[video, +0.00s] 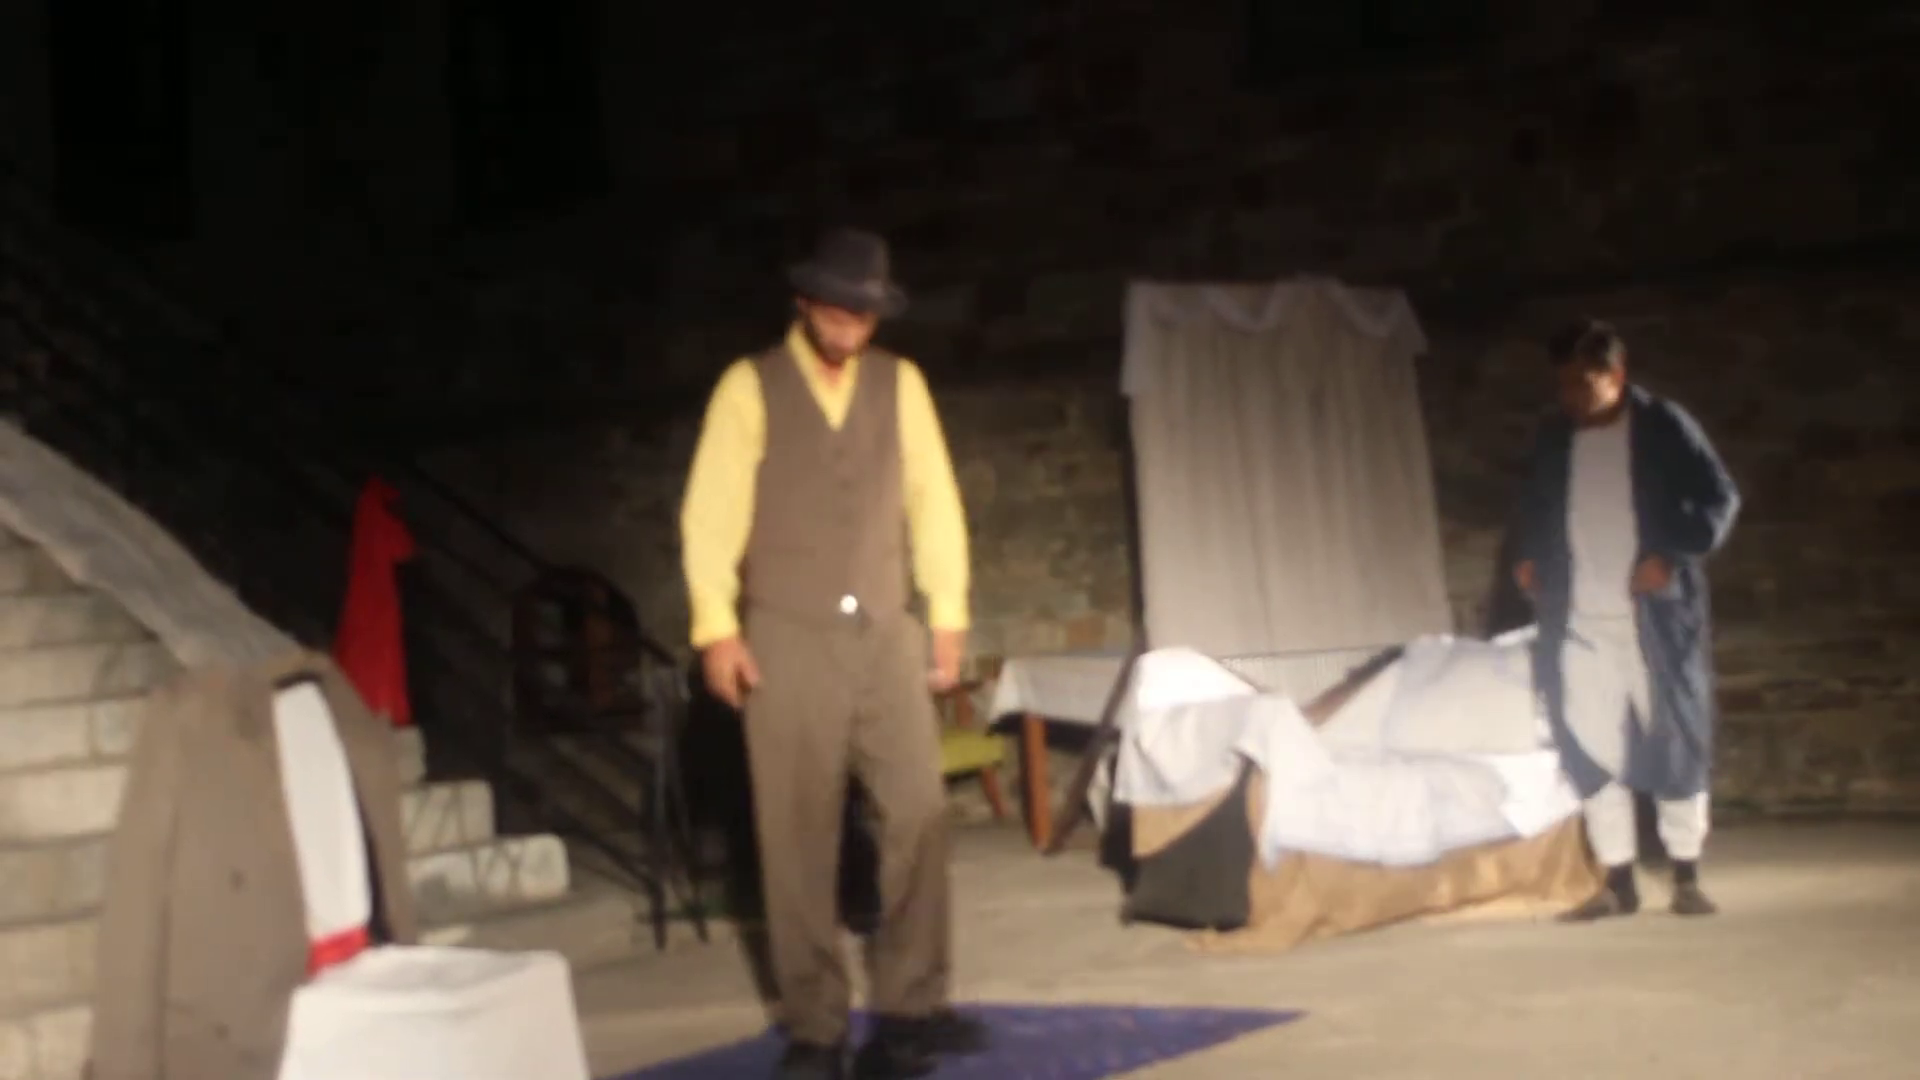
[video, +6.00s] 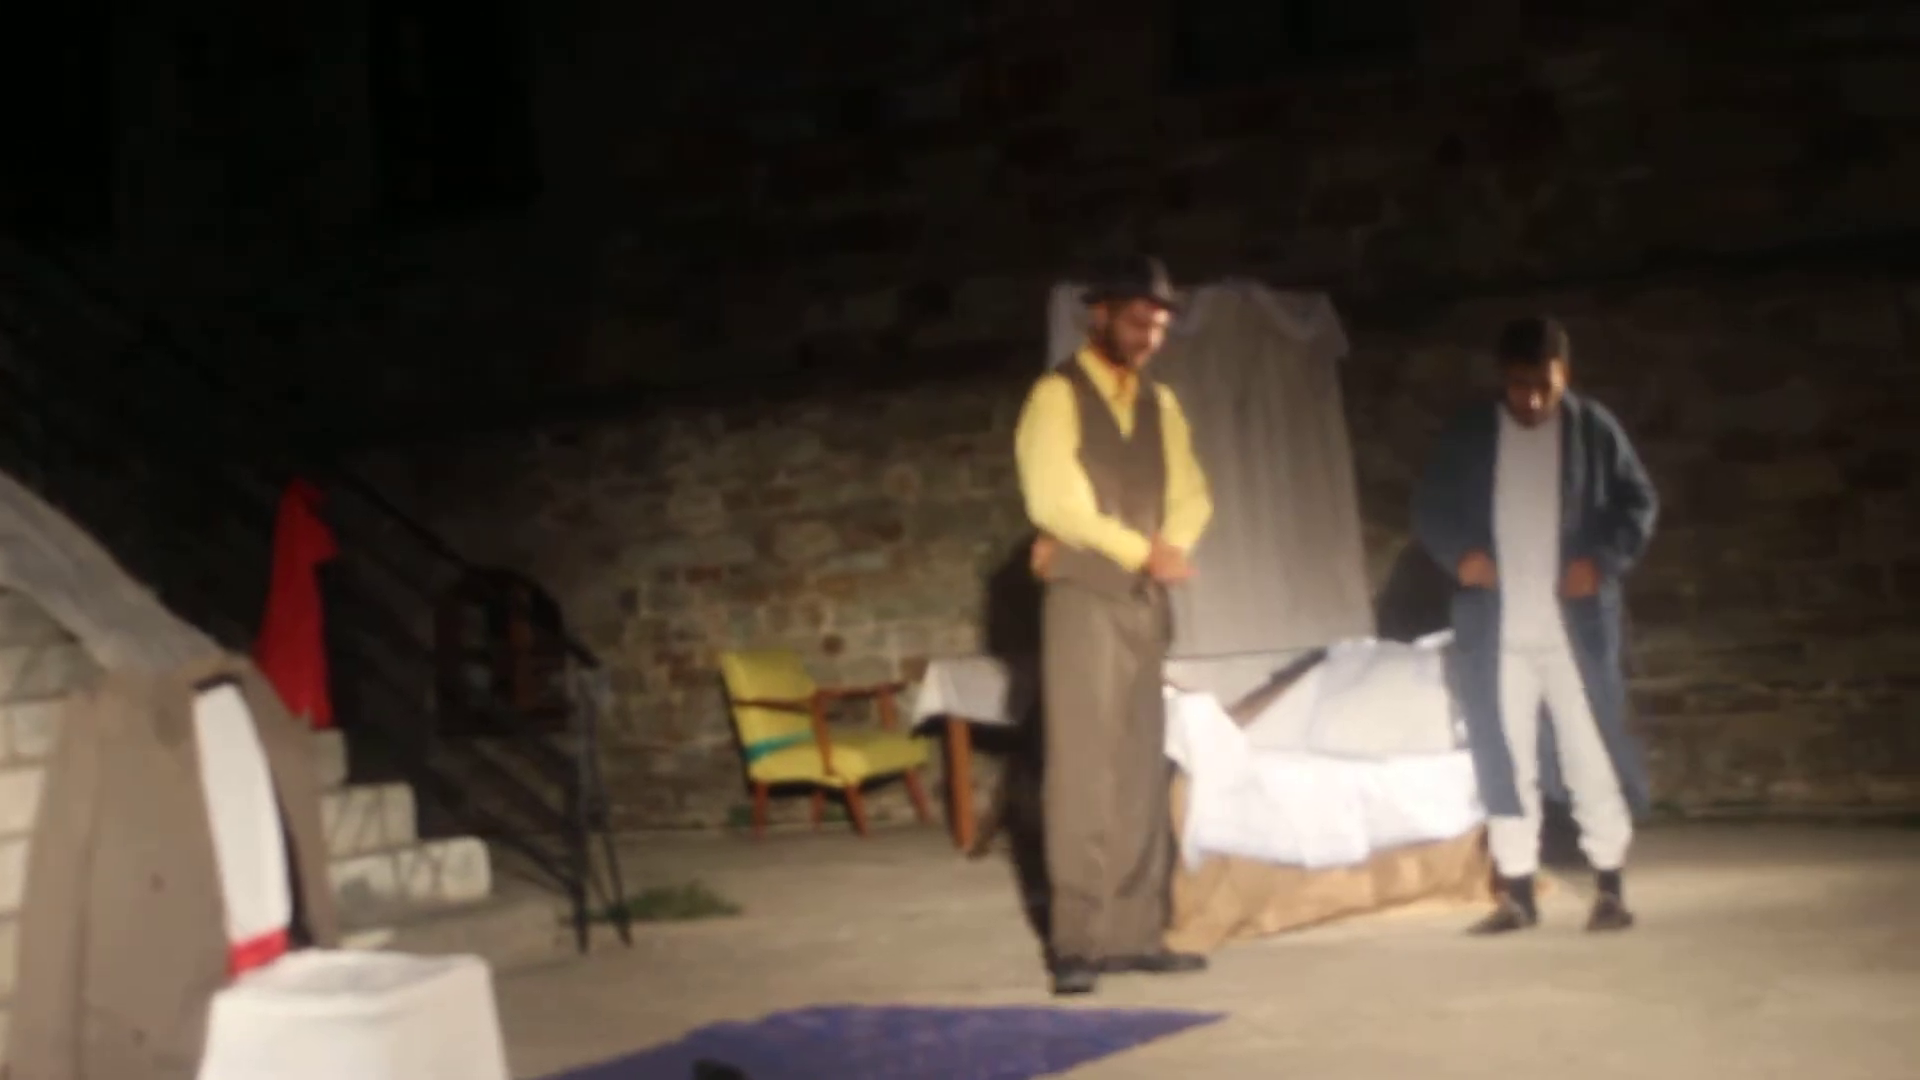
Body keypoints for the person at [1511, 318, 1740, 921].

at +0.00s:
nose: (1581, 394)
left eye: (1591, 381)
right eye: (1571, 383)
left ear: (1619, 373)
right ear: (1559, 383)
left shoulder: (1663, 425)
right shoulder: (1550, 441)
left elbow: (1717, 497)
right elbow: (1528, 512)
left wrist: (1671, 555)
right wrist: (1523, 556)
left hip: (1656, 624)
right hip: (1579, 629)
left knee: (1676, 744)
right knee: (1596, 755)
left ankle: (1685, 878)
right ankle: (1619, 884)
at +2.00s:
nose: (1585, 374)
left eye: (1596, 362)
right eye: (1577, 363)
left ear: (1624, 361)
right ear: (1568, 367)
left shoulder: (1666, 422)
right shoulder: (1555, 433)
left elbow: (1720, 501)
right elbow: (1538, 501)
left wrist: (1665, 564)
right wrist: (1545, 547)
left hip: (1658, 622)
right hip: (1581, 625)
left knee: (1675, 742)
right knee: (1585, 745)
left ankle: (1692, 886)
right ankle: (1606, 886)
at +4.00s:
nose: (1566, 406)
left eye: (1575, 393)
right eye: (1554, 397)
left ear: (1596, 379)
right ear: (1536, 394)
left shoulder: (1636, 426)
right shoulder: (1523, 444)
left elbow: (1693, 503)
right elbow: (1504, 516)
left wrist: (1664, 579)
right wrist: (1503, 567)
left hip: (1632, 629)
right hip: (1557, 633)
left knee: (1653, 749)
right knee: (1570, 756)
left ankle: (1679, 885)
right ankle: (1597, 889)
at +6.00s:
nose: (1531, 399)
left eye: (1542, 386)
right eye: (1520, 386)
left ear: (1563, 376)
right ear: (1501, 379)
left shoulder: (1592, 428)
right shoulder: (1470, 431)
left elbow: (1637, 503)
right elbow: (1430, 504)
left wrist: (1600, 562)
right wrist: (1460, 554)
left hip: (1572, 630)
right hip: (1496, 632)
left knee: (1589, 753)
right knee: (1505, 756)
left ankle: (1609, 886)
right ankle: (1517, 892)